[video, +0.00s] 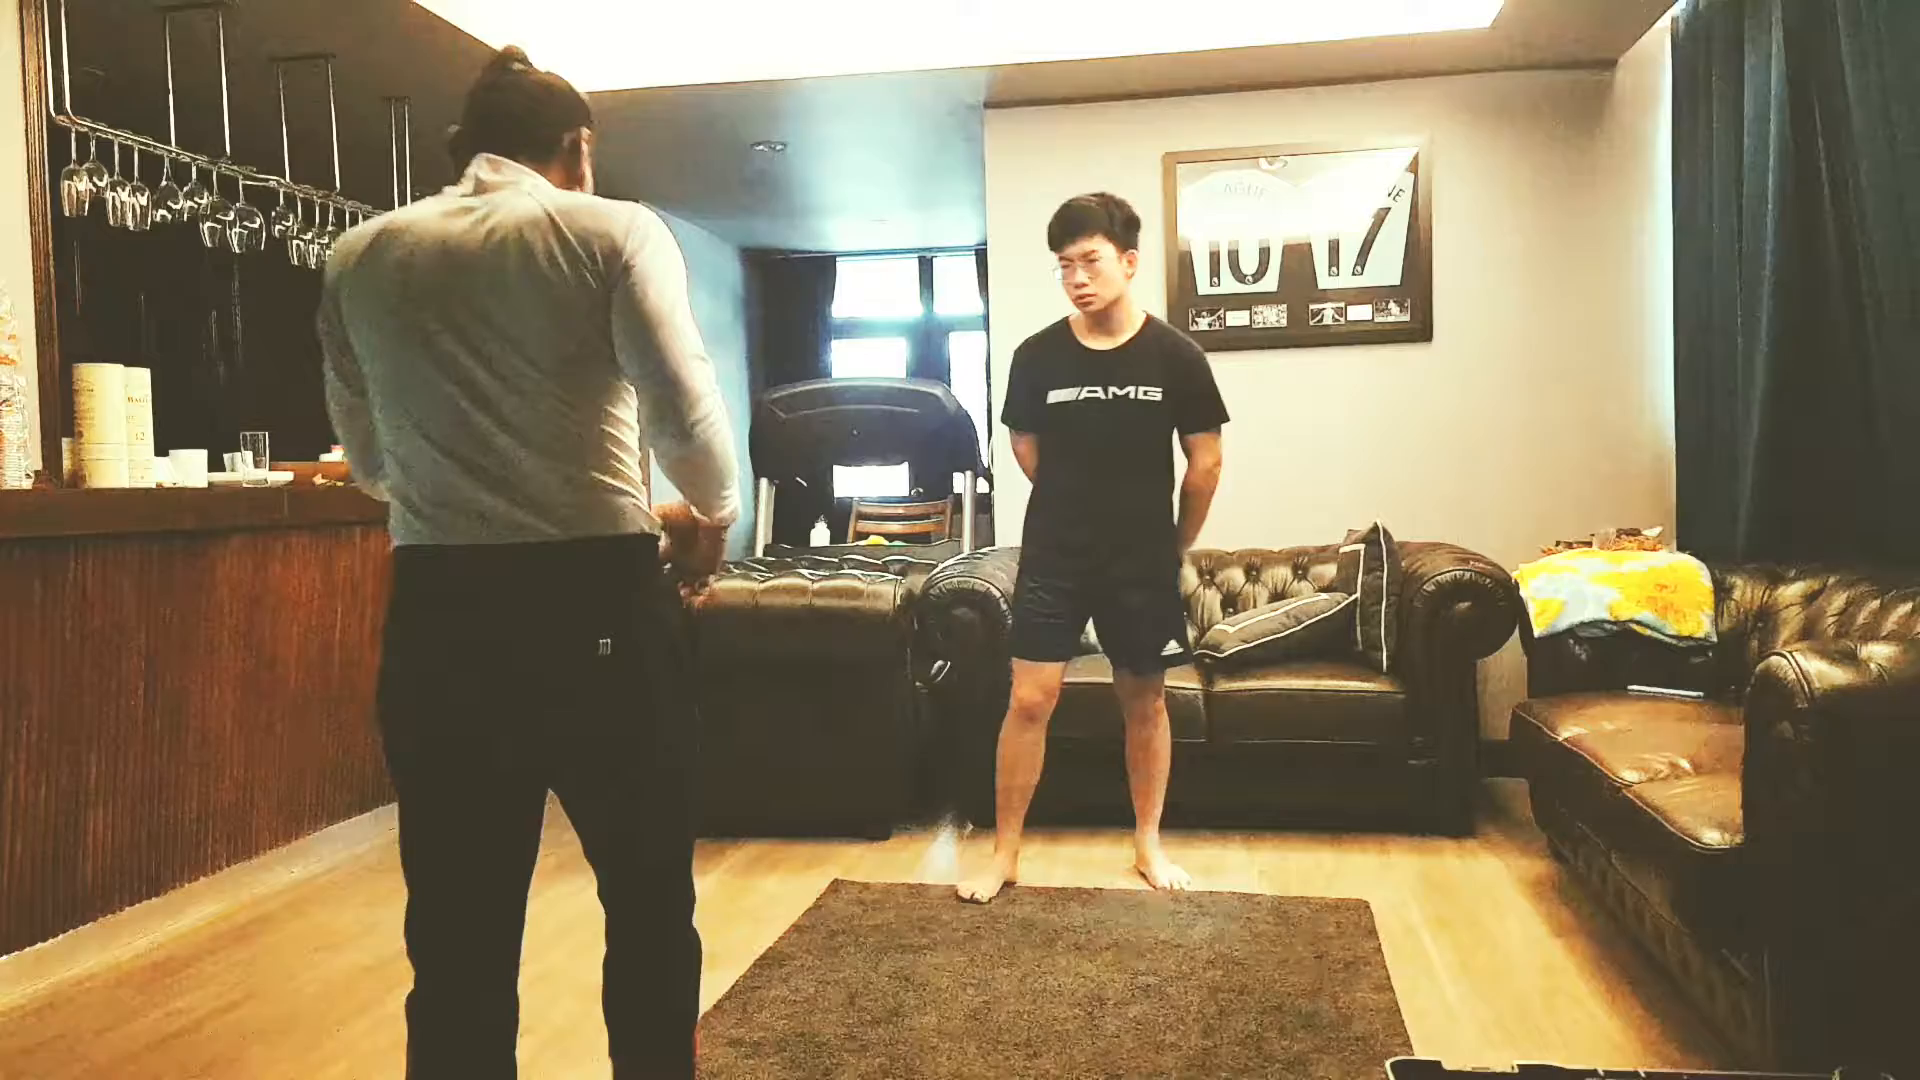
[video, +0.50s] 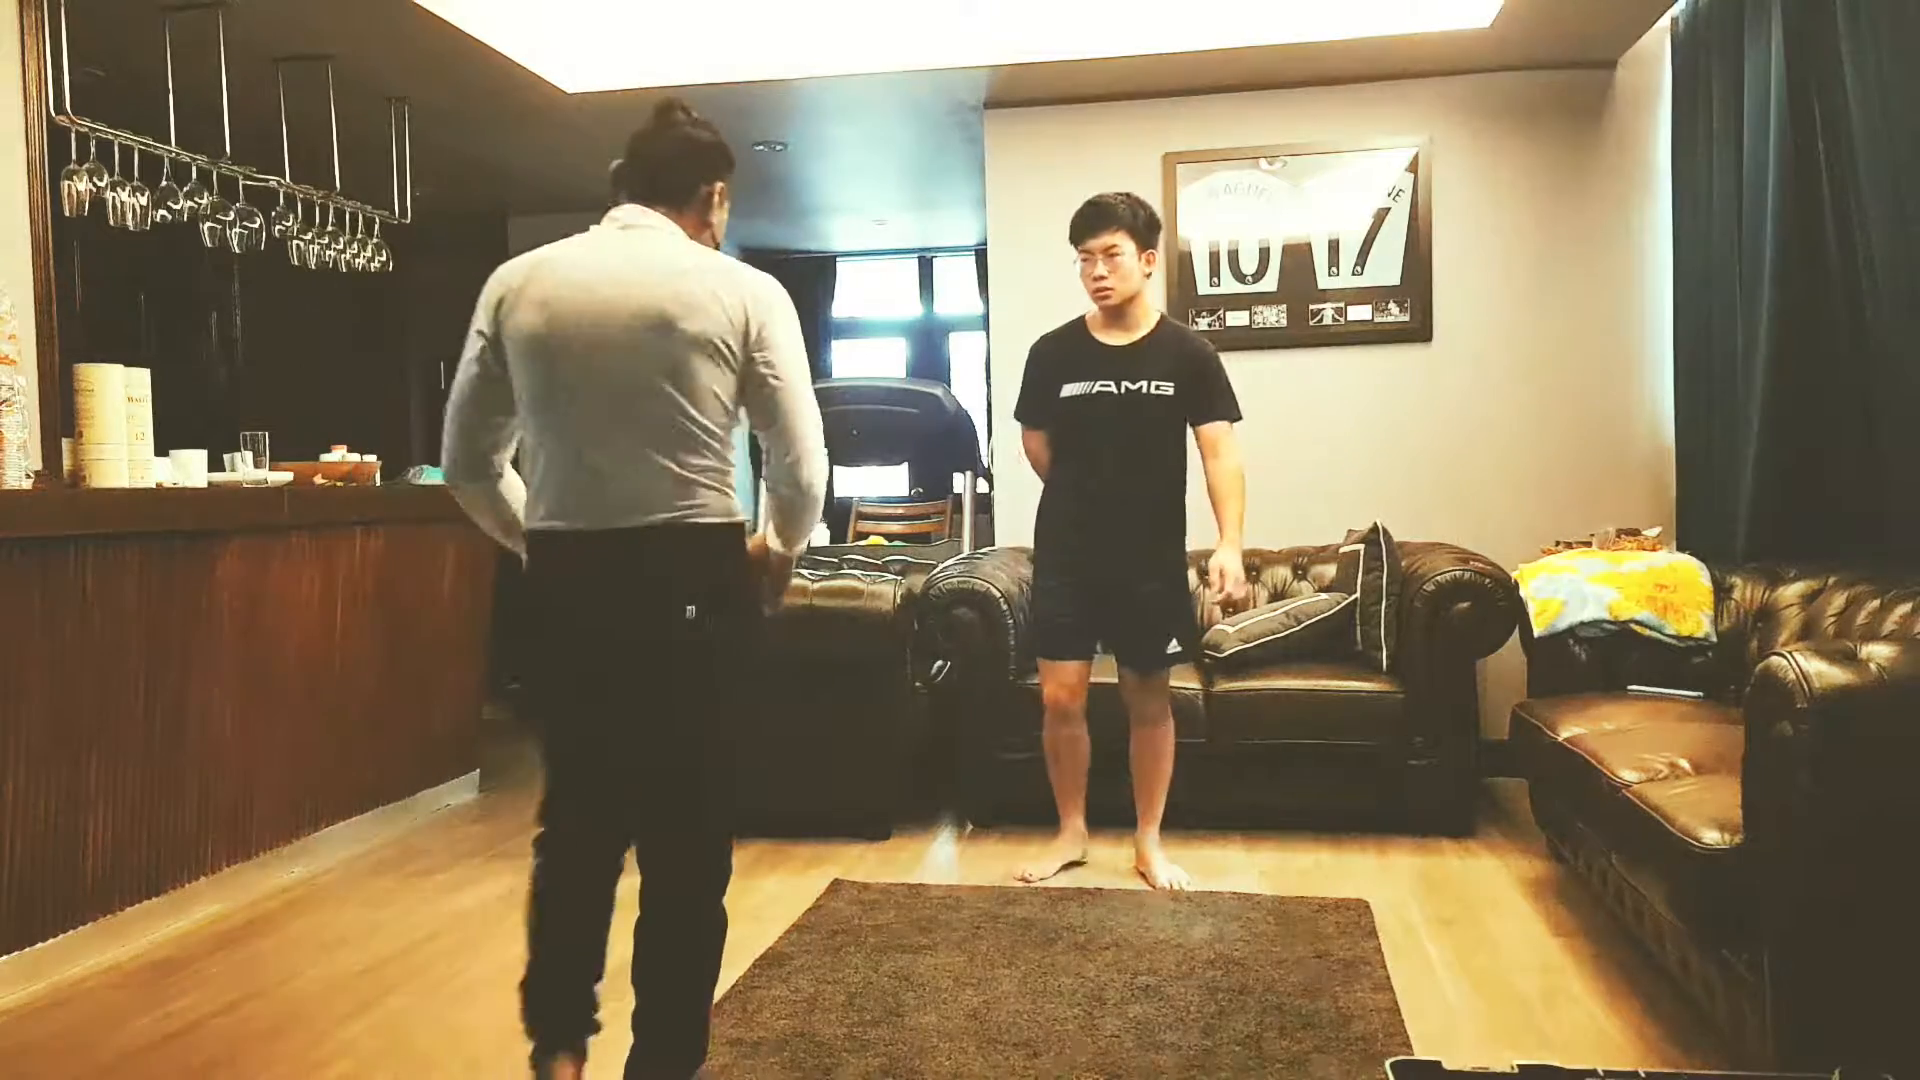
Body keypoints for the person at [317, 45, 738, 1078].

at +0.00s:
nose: (592, 179)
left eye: (589, 164)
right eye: (592, 161)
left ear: (468, 151)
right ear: (573, 152)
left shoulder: (355, 256)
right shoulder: (611, 231)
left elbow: (368, 459)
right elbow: (689, 419)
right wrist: (709, 530)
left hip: (442, 621)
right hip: (601, 614)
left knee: (456, 940)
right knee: (651, 909)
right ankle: (655, 1068)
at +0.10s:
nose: (607, 195)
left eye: (605, 180)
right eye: (608, 177)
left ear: (489, 164)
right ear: (590, 165)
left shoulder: (380, 264)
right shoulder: (624, 246)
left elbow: (381, 448)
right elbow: (693, 431)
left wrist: (457, 514)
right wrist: (719, 534)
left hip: (457, 619)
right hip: (609, 615)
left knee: (468, 929)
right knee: (645, 908)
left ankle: (460, 1077)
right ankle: (659, 1067)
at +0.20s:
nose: (637, 210)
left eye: (636, 194)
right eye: (637, 192)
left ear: (524, 179)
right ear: (621, 182)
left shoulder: (419, 277)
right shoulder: (657, 268)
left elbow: (414, 475)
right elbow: (718, 458)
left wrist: (508, 478)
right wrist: (735, 541)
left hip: (483, 623)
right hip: (632, 620)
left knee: (486, 930)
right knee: (657, 915)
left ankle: (475, 1075)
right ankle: (661, 1067)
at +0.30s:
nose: (672, 214)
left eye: (673, 194)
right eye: (672, 194)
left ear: (559, 180)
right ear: (653, 183)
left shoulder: (456, 272)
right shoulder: (691, 275)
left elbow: (428, 462)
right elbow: (754, 473)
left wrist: (533, 457)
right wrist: (754, 535)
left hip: (516, 601)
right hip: (655, 597)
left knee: (515, 892)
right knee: (668, 888)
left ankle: (493, 1073)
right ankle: (663, 1068)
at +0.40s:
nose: (703, 220)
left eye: (700, 199)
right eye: (701, 199)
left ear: (592, 185)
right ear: (681, 191)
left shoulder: (488, 275)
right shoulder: (724, 284)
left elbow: (446, 455)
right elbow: (784, 465)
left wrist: (532, 482)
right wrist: (773, 530)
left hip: (544, 589)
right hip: (679, 587)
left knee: (540, 856)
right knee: (681, 860)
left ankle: (515, 1068)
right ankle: (665, 1066)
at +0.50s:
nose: (726, 229)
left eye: (724, 210)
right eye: (724, 210)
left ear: (619, 194)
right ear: (703, 202)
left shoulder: (516, 282)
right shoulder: (743, 290)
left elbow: (469, 465)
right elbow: (803, 473)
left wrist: (546, 542)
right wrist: (779, 550)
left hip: (562, 582)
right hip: (691, 581)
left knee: (577, 820)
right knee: (687, 839)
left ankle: (557, 1053)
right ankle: (666, 1063)